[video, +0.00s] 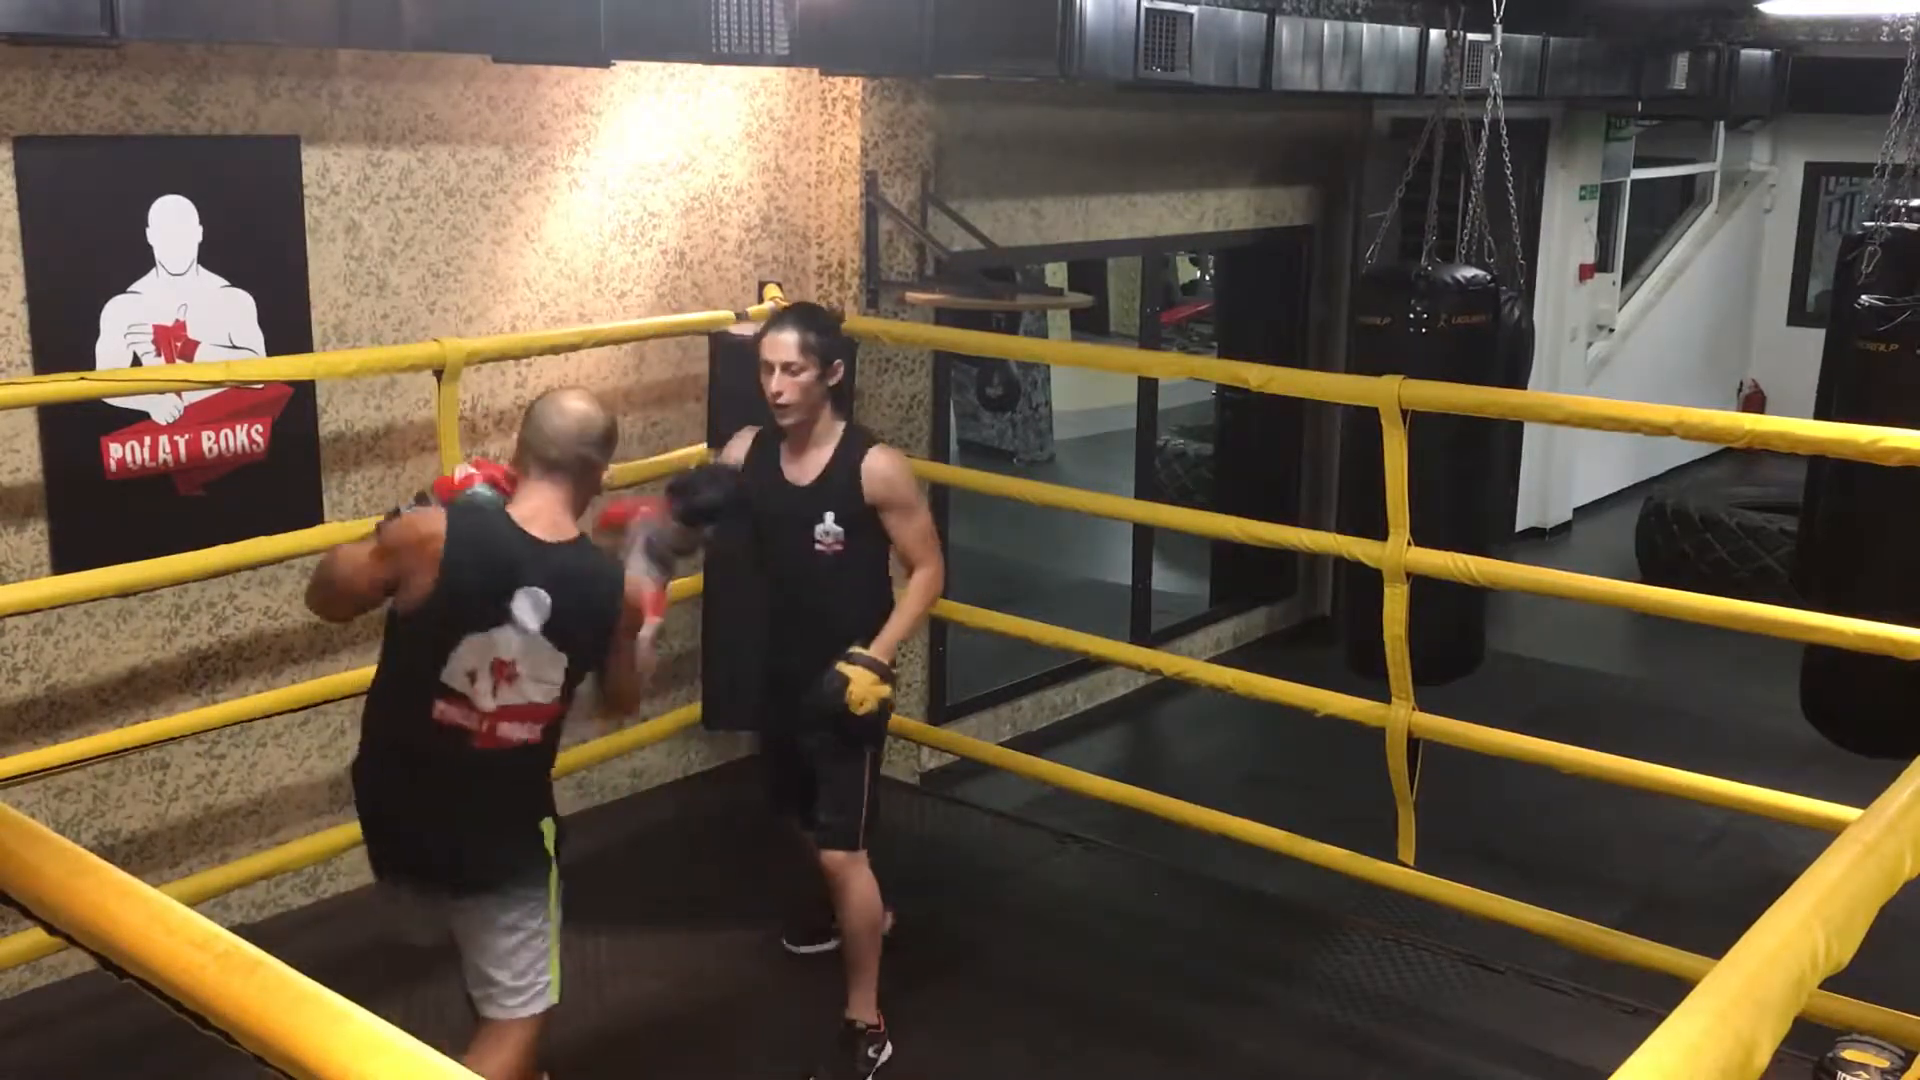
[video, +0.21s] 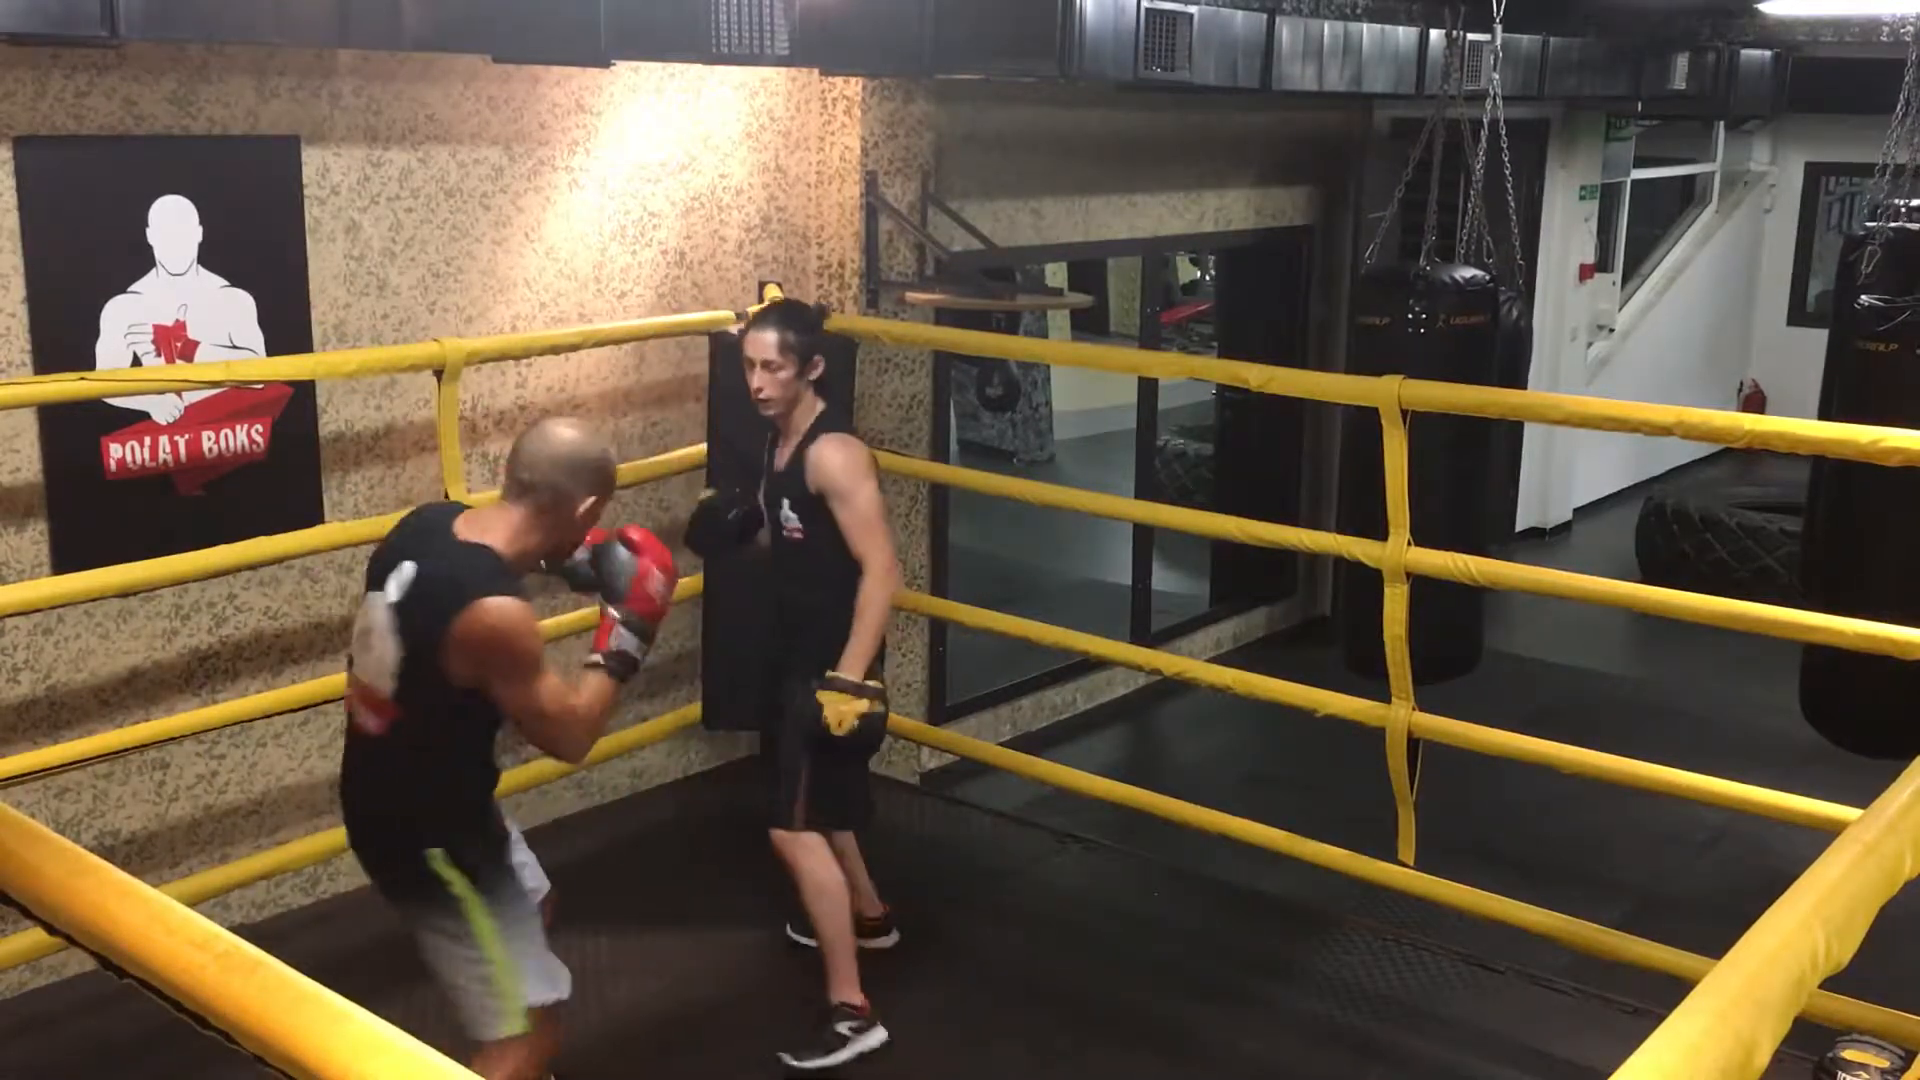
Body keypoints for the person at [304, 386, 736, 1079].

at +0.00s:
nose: (605, 476)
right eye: (605, 463)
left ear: (518, 452)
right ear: (598, 474)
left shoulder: (430, 533)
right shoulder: (605, 587)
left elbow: (328, 593)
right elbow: (621, 698)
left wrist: (426, 512)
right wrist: (641, 615)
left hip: (397, 798)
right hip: (500, 817)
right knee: (512, 1014)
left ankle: (518, 1067)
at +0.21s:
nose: (591, 519)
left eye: (594, 507)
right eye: (595, 508)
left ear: (512, 476)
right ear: (581, 510)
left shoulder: (424, 526)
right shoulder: (492, 617)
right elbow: (569, 735)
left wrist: (574, 561)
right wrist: (629, 630)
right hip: (430, 828)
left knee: (531, 901)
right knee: (523, 1037)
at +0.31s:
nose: (564, 531)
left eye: (566, 518)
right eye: (565, 517)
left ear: (476, 488)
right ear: (540, 515)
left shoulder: (412, 532)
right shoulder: (435, 613)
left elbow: (484, 556)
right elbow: (555, 720)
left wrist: (562, 559)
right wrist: (616, 605)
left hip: (440, 805)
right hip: (395, 849)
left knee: (522, 924)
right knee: (450, 1049)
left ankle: (529, 1067)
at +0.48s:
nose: (517, 482)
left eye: (517, 464)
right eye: (515, 464)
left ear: (421, 445)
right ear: (484, 464)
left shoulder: (360, 507)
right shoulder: (373, 566)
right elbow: (497, 685)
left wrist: (524, 519)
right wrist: (554, 563)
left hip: (401, 785)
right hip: (349, 827)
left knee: (481, 938)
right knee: (402, 1048)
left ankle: (484, 1069)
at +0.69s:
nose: (446, 489)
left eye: (446, 474)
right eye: (445, 473)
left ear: (389, 469)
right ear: (413, 477)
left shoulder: (354, 535)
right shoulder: (273, 586)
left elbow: (445, 524)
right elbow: (405, 714)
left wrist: (514, 490)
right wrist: (471, 596)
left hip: (365, 823)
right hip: (284, 860)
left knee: (424, 997)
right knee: (322, 1046)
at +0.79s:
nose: (416, 520)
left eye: (419, 503)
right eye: (417, 503)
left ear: (320, 487)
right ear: (389, 507)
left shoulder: (297, 577)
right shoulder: (258, 626)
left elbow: (375, 595)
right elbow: (374, 763)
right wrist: (443, 637)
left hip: (341, 877)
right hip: (260, 913)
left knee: (390, 1020)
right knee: (286, 1064)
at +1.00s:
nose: (378, 525)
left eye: (382, 507)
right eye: (377, 505)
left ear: (274, 480)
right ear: (340, 494)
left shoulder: (171, 550)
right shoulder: (260, 634)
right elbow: (357, 755)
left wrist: (308, 652)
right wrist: (383, 619)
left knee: (319, 1058)